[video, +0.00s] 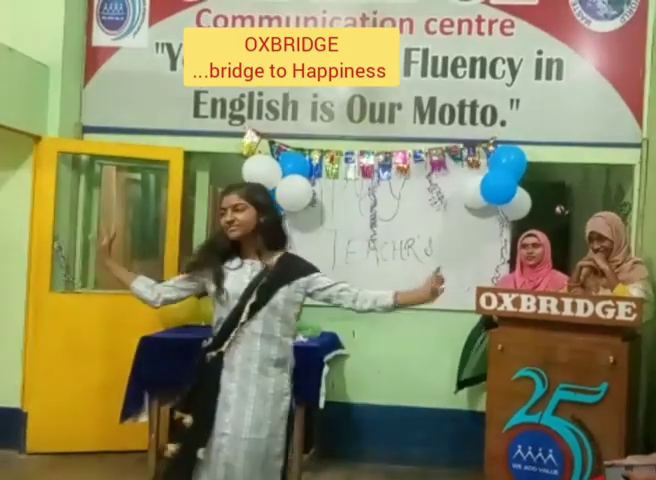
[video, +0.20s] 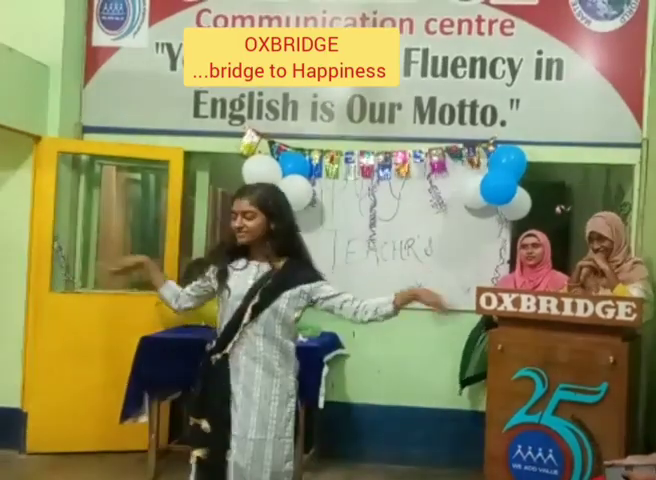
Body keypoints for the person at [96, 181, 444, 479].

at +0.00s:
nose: (228, 218)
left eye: (237, 210)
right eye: (223, 212)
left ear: (261, 214)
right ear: (221, 220)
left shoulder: (293, 269)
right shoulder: (220, 270)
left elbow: (353, 297)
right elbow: (157, 294)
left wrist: (420, 295)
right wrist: (108, 264)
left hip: (269, 382)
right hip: (223, 379)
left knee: (256, 461)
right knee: (217, 461)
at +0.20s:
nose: (238, 223)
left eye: (247, 217)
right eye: (235, 216)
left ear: (272, 222)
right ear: (232, 221)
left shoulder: (296, 276)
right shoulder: (227, 267)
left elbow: (354, 308)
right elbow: (182, 301)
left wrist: (405, 297)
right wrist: (149, 270)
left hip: (268, 386)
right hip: (221, 380)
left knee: (257, 465)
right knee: (216, 461)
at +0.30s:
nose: (239, 229)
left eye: (250, 222)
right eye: (236, 221)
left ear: (274, 227)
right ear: (231, 222)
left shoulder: (293, 278)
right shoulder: (227, 271)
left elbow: (327, 326)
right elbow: (182, 307)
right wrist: (154, 270)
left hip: (270, 384)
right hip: (224, 380)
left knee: (264, 465)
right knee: (219, 462)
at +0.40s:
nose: (240, 234)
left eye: (251, 227)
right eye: (236, 225)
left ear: (277, 229)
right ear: (231, 226)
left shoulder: (292, 281)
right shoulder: (226, 273)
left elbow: (274, 312)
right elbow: (169, 302)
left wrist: (275, 266)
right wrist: (145, 261)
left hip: (265, 390)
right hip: (220, 385)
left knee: (259, 469)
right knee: (209, 465)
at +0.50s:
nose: (234, 229)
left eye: (245, 223)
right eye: (231, 220)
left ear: (268, 229)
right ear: (225, 219)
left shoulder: (267, 273)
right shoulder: (229, 267)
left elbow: (206, 298)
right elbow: (169, 296)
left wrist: (186, 267)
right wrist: (133, 249)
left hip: (245, 379)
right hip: (213, 374)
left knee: (241, 463)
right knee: (203, 459)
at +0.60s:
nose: (225, 224)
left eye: (237, 221)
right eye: (223, 214)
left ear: (256, 230)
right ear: (217, 213)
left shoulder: (244, 265)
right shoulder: (223, 261)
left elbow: (168, 280)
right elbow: (156, 289)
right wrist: (115, 253)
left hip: (219, 368)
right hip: (197, 362)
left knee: (226, 454)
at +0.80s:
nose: (188, 215)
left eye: (201, 214)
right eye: (190, 207)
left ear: (218, 228)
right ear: (185, 207)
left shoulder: (198, 262)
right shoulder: (188, 260)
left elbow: (125, 269)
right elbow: (136, 291)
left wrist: (86, 250)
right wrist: (89, 261)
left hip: (204, 375)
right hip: (182, 372)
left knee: (206, 465)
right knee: (159, 458)